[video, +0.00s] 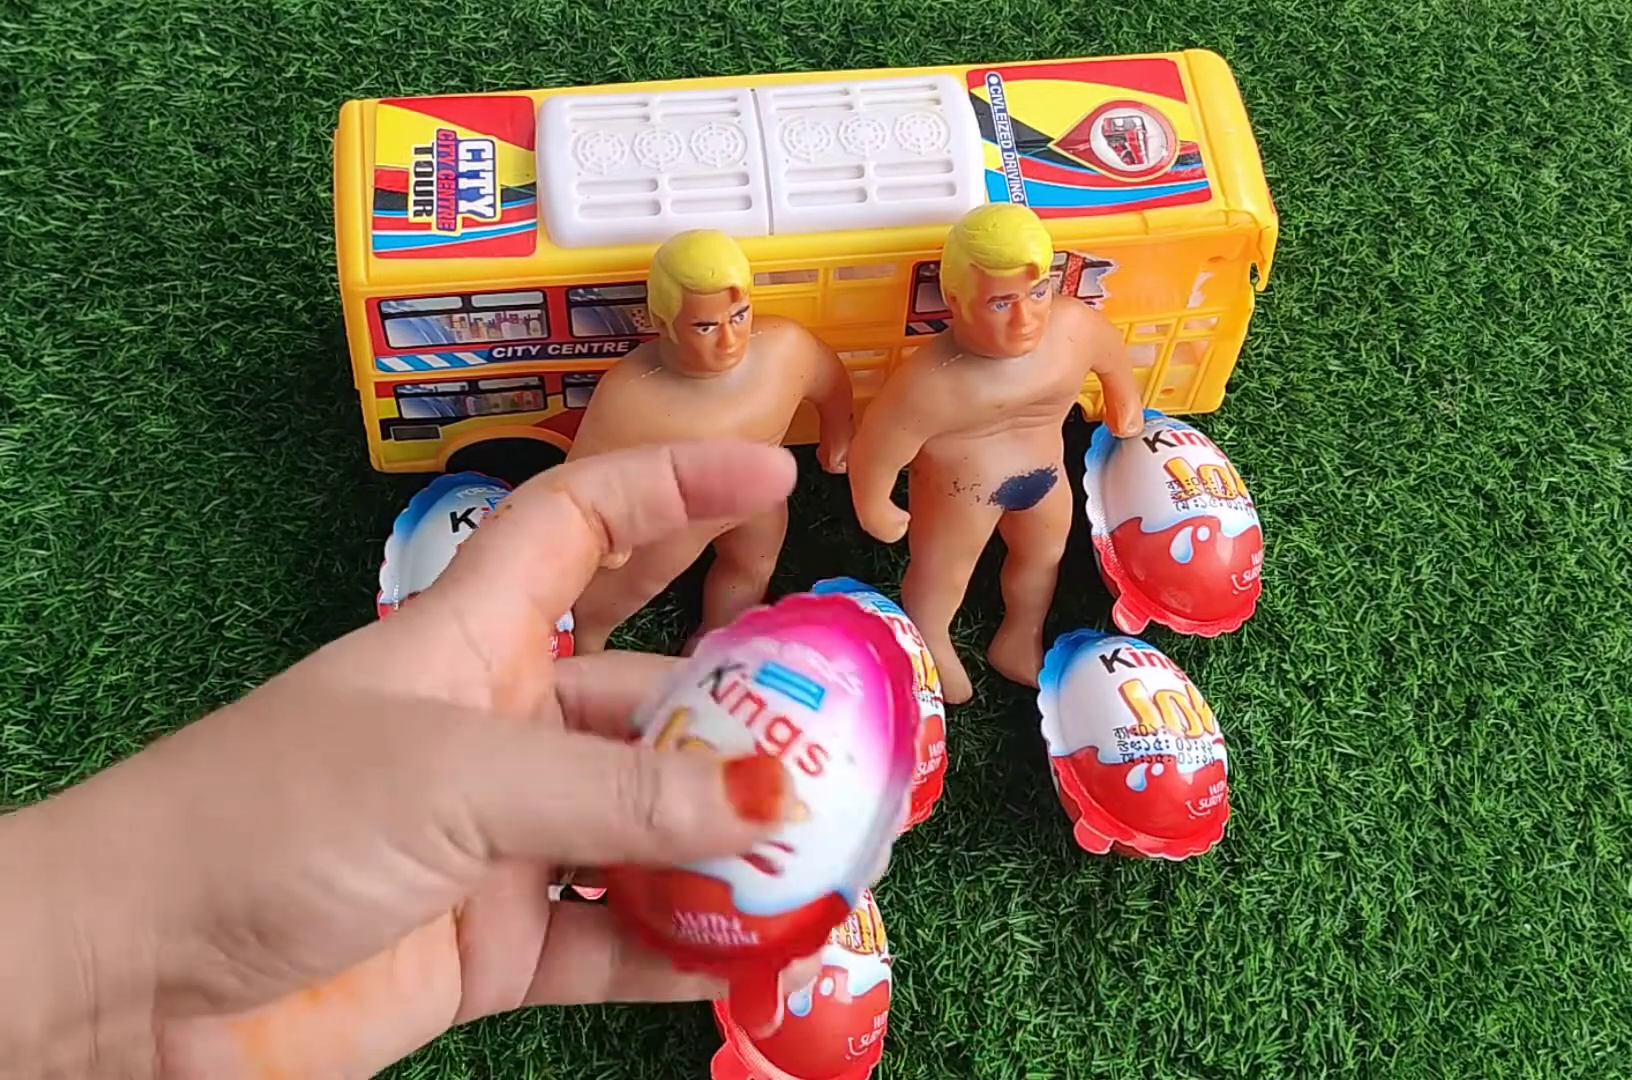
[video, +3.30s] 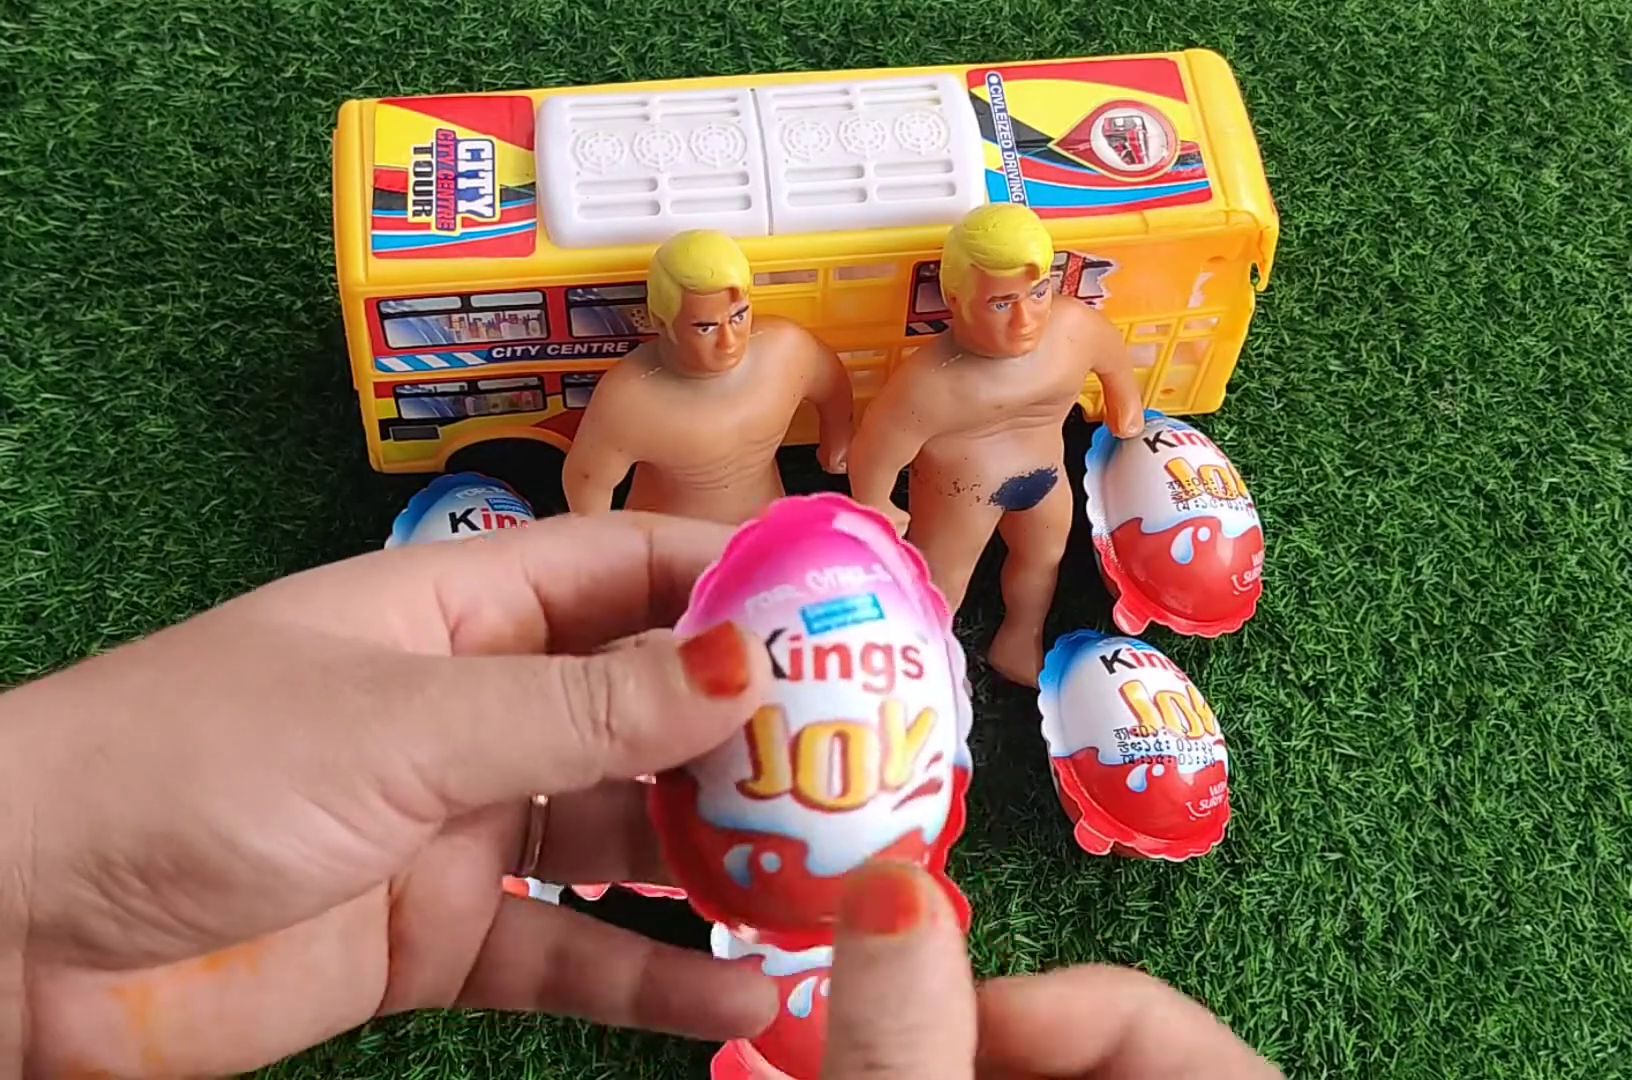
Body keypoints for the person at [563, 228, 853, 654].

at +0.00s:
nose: (729, 339)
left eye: (739, 316)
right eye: (705, 326)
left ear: (751, 303)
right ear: (663, 325)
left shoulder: (789, 350)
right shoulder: (627, 396)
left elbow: (834, 388)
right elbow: (579, 485)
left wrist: (837, 437)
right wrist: (599, 538)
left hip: (758, 501)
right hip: (669, 522)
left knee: (749, 576)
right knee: (629, 589)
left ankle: (718, 651)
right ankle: (585, 642)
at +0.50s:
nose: (729, 339)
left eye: (738, 316)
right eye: (705, 326)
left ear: (750, 303)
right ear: (662, 325)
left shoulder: (787, 350)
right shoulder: (628, 398)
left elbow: (833, 386)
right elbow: (586, 478)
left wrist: (836, 442)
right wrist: (601, 542)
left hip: (758, 502)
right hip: (670, 515)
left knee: (756, 587)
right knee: (637, 597)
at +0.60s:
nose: (728, 339)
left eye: (739, 315)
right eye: (704, 327)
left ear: (749, 300)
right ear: (664, 324)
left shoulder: (786, 350)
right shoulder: (626, 398)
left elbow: (833, 388)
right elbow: (582, 485)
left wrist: (835, 443)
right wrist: (611, 557)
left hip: (760, 524)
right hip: (675, 547)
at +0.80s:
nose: (728, 338)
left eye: (737, 316)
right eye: (705, 325)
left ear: (749, 302)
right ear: (664, 321)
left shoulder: (788, 350)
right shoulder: (628, 395)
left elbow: (834, 389)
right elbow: (584, 479)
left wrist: (836, 448)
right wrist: (604, 543)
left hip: (757, 512)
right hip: (668, 529)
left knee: (751, 622)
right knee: (690, 641)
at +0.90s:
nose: (728, 339)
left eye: (739, 316)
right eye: (705, 326)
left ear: (750, 302)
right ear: (664, 322)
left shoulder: (789, 350)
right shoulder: (628, 397)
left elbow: (833, 387)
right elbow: (586, 477)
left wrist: (837, 441)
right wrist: (597, 536)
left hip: (758, 501)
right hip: (670, 515)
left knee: (750, 580)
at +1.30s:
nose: (727, 339)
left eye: (738, 316)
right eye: (704, 325)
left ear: (750, 300)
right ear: (661, 321)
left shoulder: (786, 349)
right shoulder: (627, 394)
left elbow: (832, 387)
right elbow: (584, 477)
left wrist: (835, 440)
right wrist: (600, 543)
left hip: (766, 528)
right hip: (659, 545)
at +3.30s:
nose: (728, 340)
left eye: (738, 316)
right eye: (704, 326)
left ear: (749, 301)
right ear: (660, 321)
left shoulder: (786, 349)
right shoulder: (628, 395)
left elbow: (832, 385)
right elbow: (585, 479)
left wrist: (837, 441)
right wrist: (601, 553)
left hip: (766, 529)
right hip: (667, 546)